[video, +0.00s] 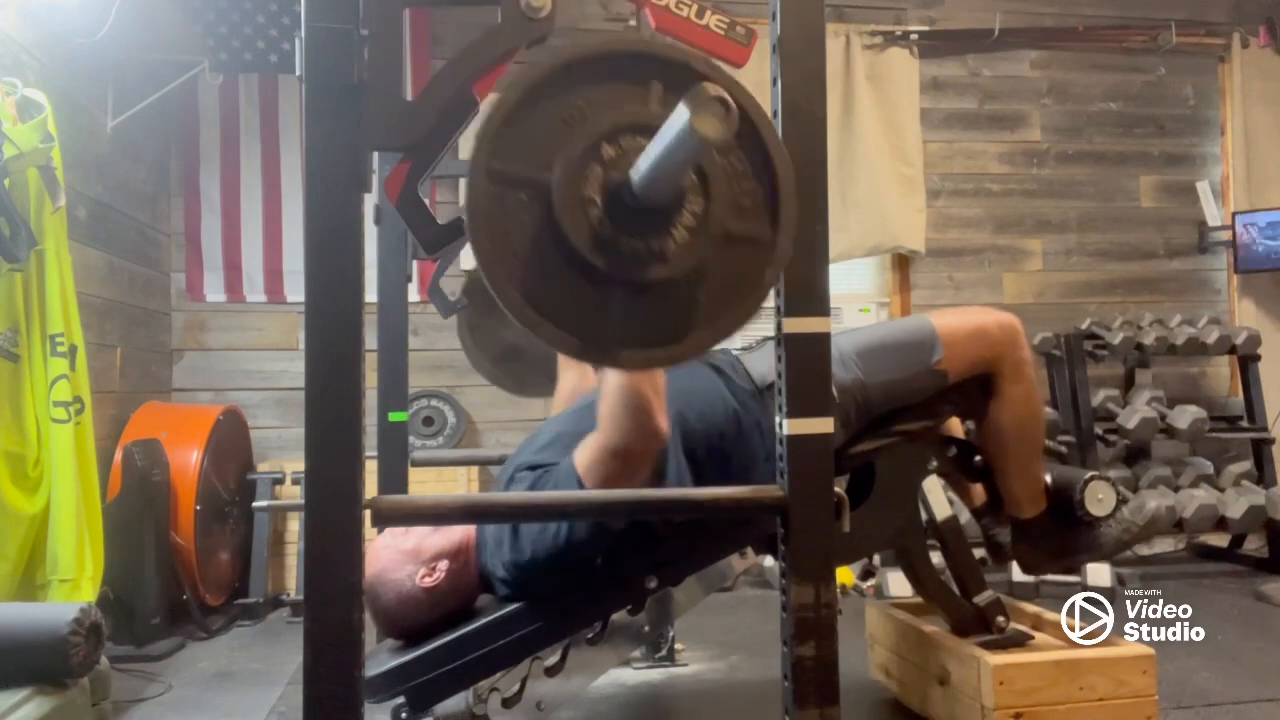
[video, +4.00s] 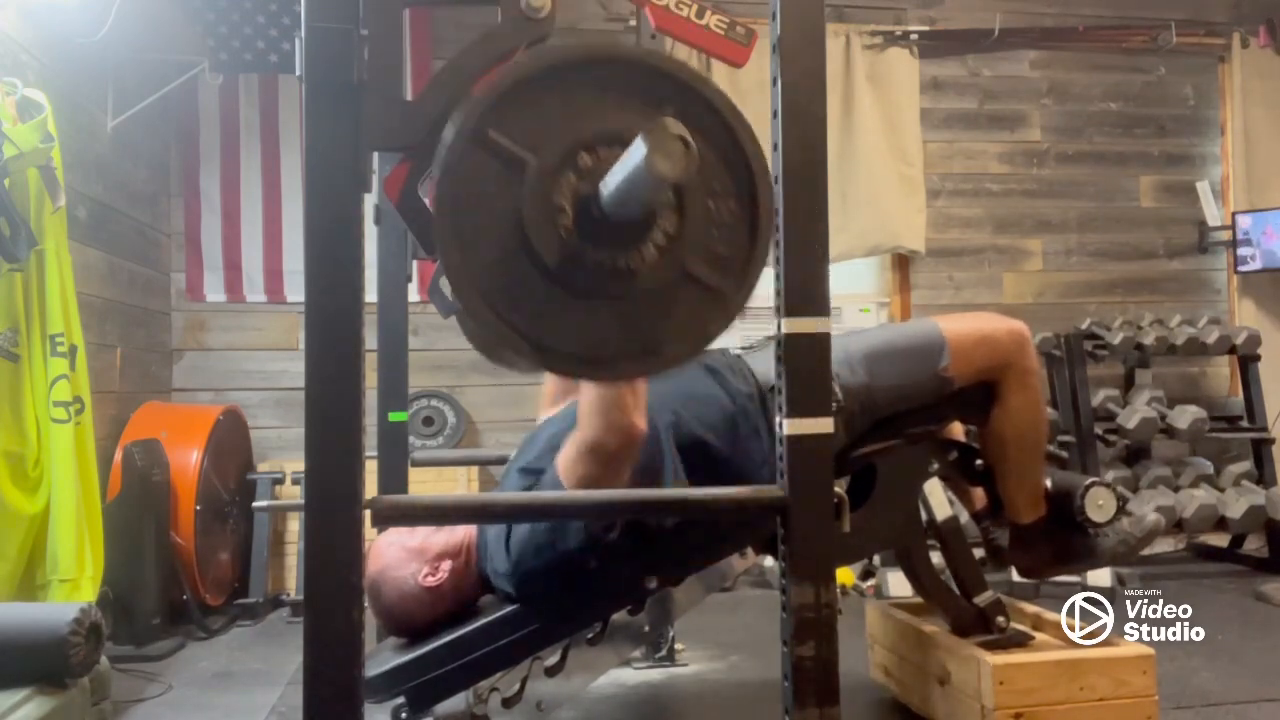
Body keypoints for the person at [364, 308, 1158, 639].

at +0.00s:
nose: (413, 525)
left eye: (395, 530)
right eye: (412, 543)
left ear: (426, 552)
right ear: (445, 573)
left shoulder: (499, 493)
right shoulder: (532, 550)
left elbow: (576, 397)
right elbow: (637, 431)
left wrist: (571, 251)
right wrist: (615, 277)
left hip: (734, 369)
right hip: (766, 421)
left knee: (929, 325)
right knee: (998, 337)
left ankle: (973, 460)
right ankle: (1033, 521)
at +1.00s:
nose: (415, 528)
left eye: (397, 532)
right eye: (412, 547)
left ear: (429, 545)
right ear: (446, 574)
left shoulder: (510, 488)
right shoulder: (531, 557)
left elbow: (572, 388)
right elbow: (626, 424)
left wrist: (583, 242)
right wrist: (605, 267)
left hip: (740, 366)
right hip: (773, 417)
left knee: (932, 321)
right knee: (1004, 341)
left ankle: (971, 467)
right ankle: (1032, 527)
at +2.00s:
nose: (417, 530)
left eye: (398, 535)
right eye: (417, 549)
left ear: (425, 550)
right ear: (447, 576)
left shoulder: (487, 504)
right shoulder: (526, 543)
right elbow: (667, 555)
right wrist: (720, 543)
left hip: (709, 407)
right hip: (753, 441)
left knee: (929, 324)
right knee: (1003, 340)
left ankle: (980, 472)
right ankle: (1030, 524)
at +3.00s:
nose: (417, 532)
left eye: (399, 535)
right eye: (415, 551)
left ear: (426, 542)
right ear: (446, 580)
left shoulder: (496, 497)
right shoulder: (525, 549)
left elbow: (621, 427)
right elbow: (649, 457)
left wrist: (595, 308)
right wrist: (619, 319)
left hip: (745, 374)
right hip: (769, 427)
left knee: (944, 322)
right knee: (1004, 341)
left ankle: (978, 474)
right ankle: (1031, 527)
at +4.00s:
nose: (417, 532)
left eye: (399, 535)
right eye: (413, 551)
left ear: (428, 543)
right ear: (444, 580)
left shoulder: (504, 495)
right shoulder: (531, 556)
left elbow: (571, 402)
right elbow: (617, 420)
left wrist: (555, 269)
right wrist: (592, 266)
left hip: (749, 370)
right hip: (776, 426)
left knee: (958, 330)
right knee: (1008, 343)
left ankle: (980, 477)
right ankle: (1032, 526)